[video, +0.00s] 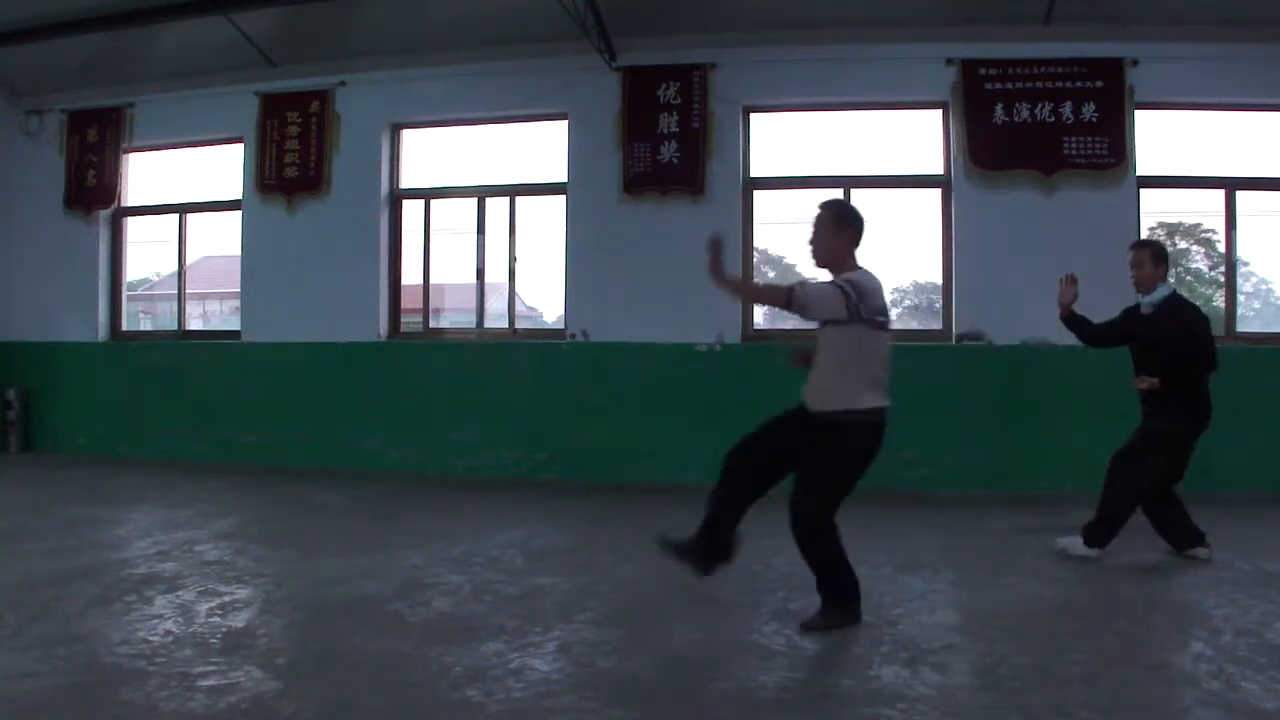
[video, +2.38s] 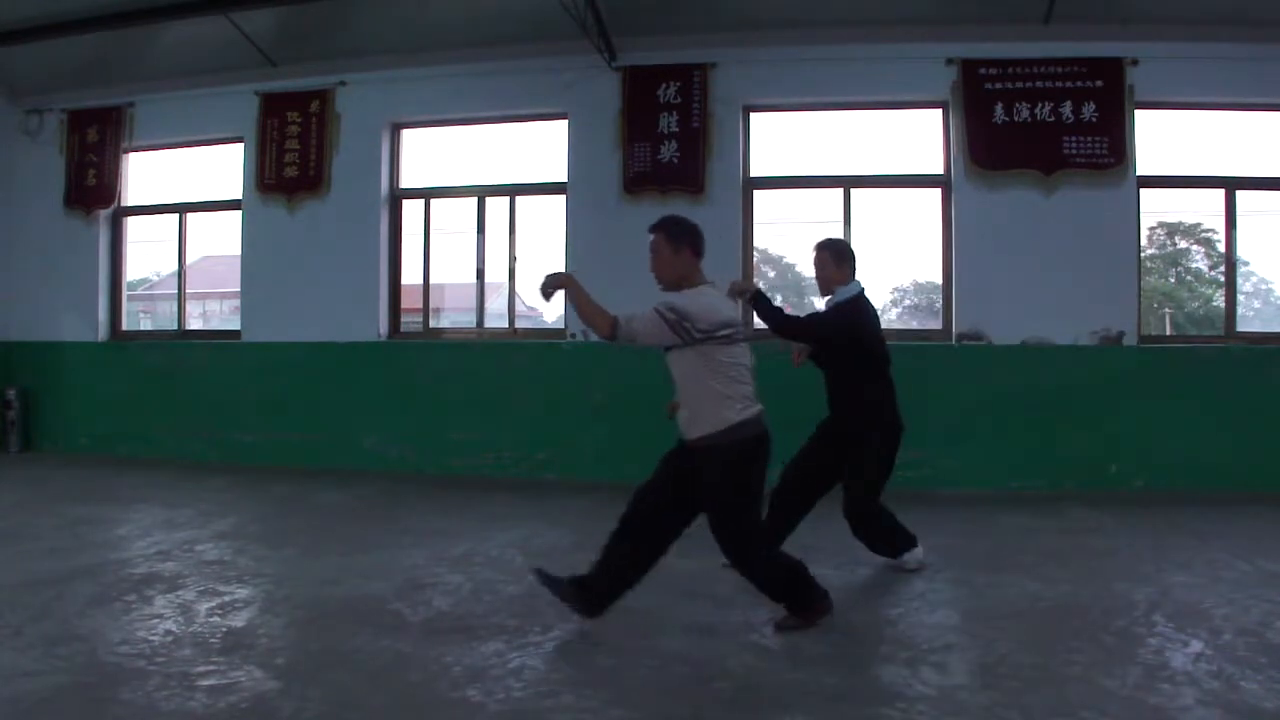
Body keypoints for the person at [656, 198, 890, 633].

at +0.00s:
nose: (811, 239)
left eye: (819, 230)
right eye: (813, 230)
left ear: (845, 236)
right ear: (842, 238)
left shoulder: (860, 288)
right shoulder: (842, 290)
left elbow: (790, 297)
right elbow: (858, 353)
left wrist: (724, 280)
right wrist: (816, 358)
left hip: (854, 424)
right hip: (815, 416)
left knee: (810, 513)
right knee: (745, 463)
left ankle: (842, 605)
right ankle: (709, 548)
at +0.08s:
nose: (784, 240)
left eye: (792, 232)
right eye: (787, 232)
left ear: (816, 238)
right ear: (812, 239)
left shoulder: (846, 289)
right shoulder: (796, 296)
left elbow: (793, 332)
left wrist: (725, 336)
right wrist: (765, 331)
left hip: (829, 427)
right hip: (784, 424)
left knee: (802, 526)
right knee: (729, 504)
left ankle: (843, 606)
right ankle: (669, 581)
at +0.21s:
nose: (753, 252)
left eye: (761, 245)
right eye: (754, 244)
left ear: (786, 252)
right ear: (761, 252)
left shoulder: (819, 306)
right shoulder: (746, 305)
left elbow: (822, 369)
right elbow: (691, 334)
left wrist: (769, 359)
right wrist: (689, 294)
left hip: (804, 436)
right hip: (758, 433)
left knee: (776, 531)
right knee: (707, 512)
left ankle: (839, 602)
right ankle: (659, 596)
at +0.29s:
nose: (717, 270)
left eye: (724, 262)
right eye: (717, 262)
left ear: (751, 266)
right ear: (737, 266)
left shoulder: (777, 316)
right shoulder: (733, 313)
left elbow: (749, 369)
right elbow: (687, 335)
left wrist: (715, 310)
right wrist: (656, 297)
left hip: (785, 444)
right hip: (746, 443)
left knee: (744, 534)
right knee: (688, 515)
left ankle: (820, 591)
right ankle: (652, 601)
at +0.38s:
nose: (701, 274)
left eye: (707, 265)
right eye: (702, 265)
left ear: (731, 266)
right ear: (735, 267)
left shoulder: (755, 314)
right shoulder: (741, 317)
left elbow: (697, 342)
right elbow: (715, 373)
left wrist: (659, 296)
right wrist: (676, 342)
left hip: (780, 445)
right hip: (744, 444)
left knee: (740, 531)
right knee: (687, 513)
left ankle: (809, 600)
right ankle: (653, 601)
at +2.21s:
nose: (684, 264)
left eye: (689, 253)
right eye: (683, 254)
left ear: (719, 252)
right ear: (719, 254)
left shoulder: (732, 302)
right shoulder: (747, 298)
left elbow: (649, 326)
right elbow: (750, 366)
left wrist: (606, 280)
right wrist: (693, 380)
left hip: (769, 440)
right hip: (736, 439)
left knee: (754, 534)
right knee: (686, 510)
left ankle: (812, 604)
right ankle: (655, 599)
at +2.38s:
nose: (651, 264)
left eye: (657, 253)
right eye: (651, 254)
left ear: (686, 254)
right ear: (689, 256)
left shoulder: (695, 308)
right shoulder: (722, 304)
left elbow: (612, 329)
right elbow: (733, 369)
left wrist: (568, 283)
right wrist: (689, 401)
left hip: (732, 445)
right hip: (708, 442)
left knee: (741, 541)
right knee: (650, 517)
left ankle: (809, 601)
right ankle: (593, 594)